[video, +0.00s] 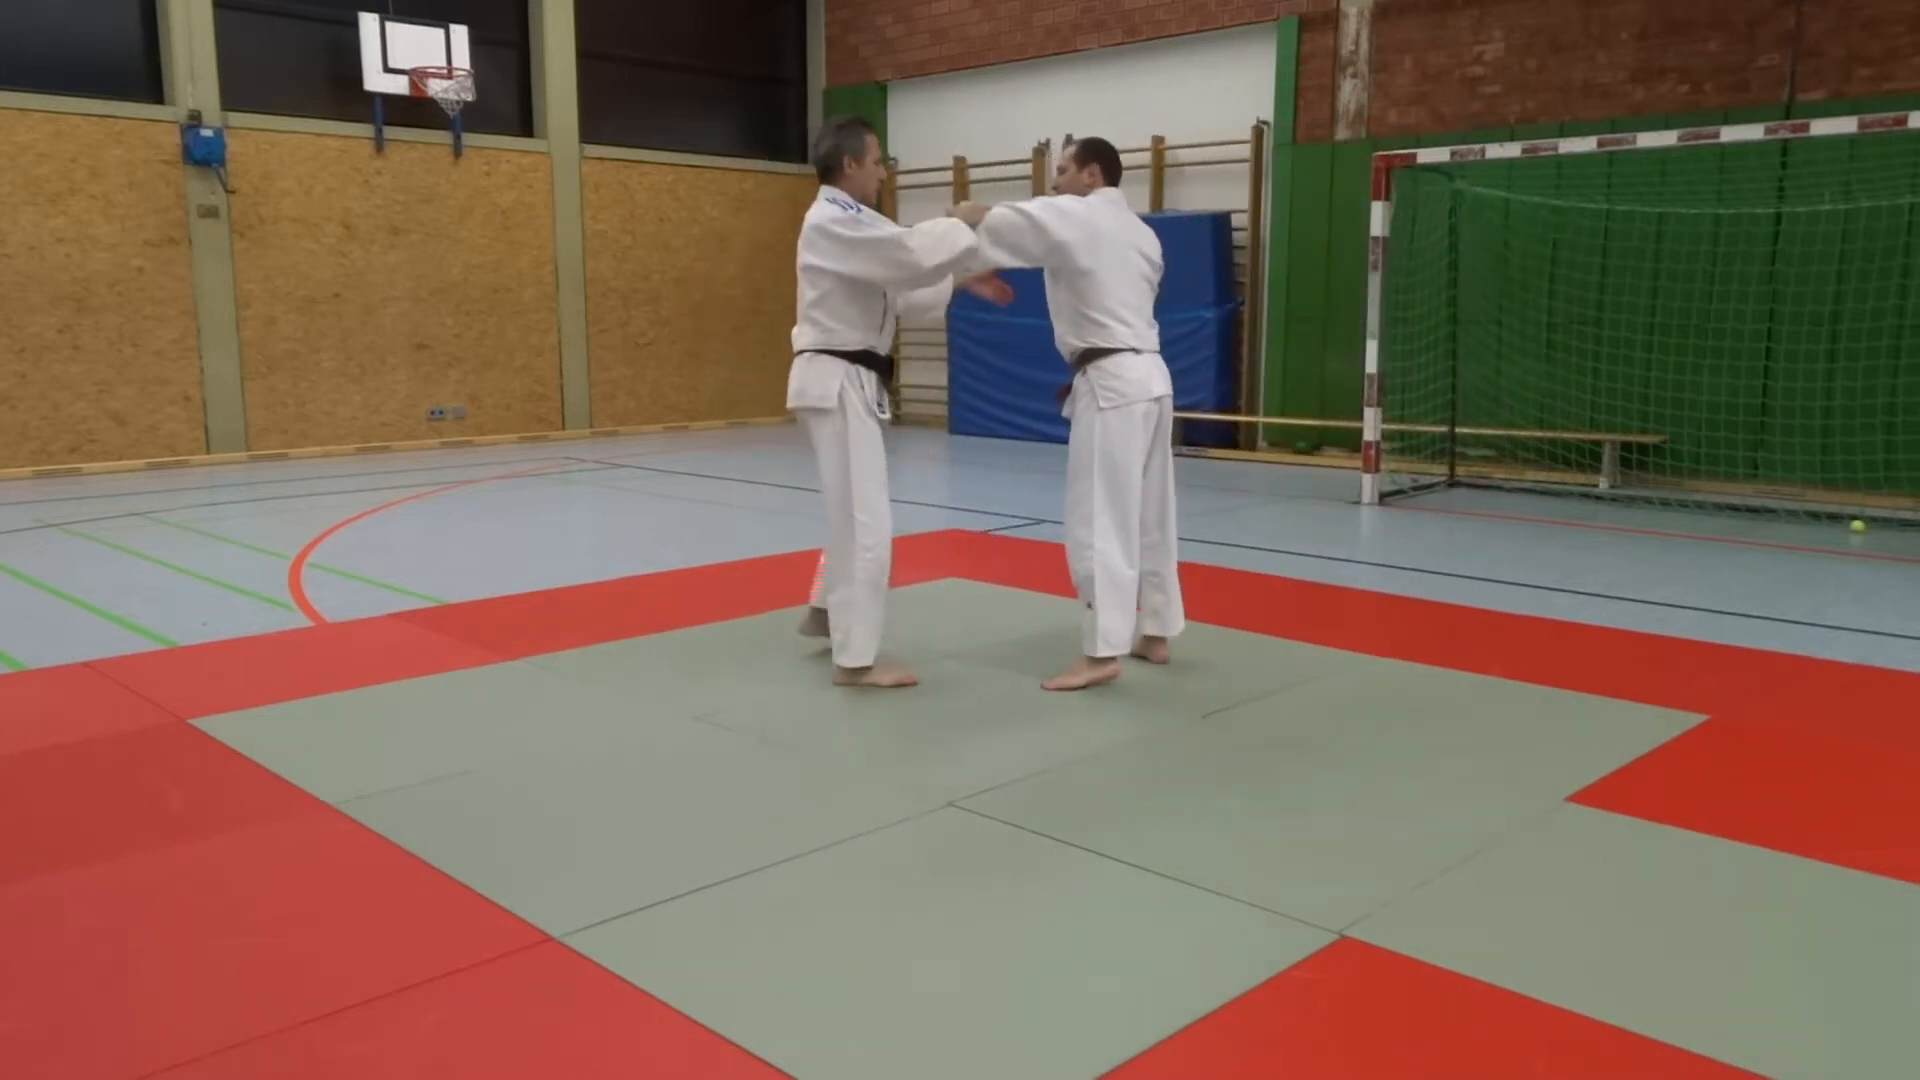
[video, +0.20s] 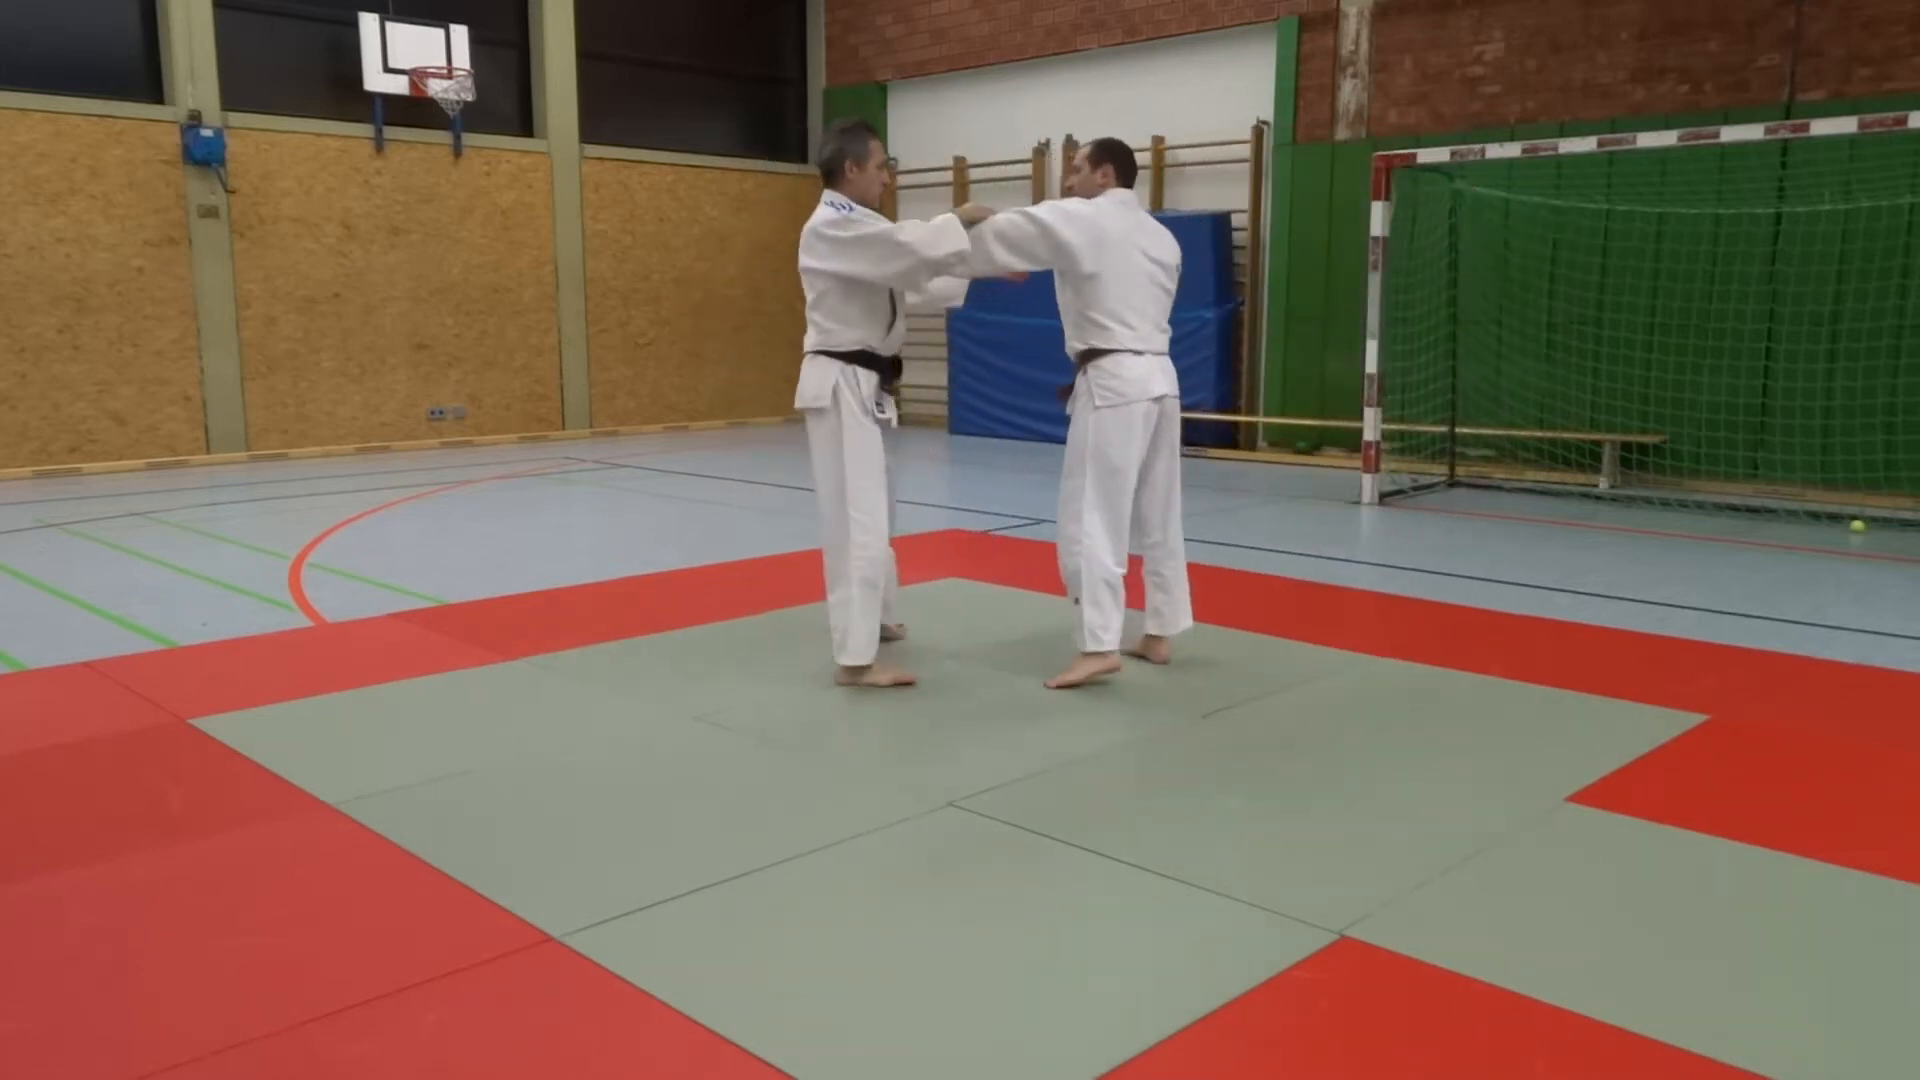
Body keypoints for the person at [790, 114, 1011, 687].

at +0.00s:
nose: (883, 173)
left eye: (881, 162)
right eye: (876, 162)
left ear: (845, 166)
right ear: (848, 164)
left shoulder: (843, 218)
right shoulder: (831, 218)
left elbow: (896, 296)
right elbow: (905, 252)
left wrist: (960, 279)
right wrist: (961, 223)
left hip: (841, 376)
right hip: (837, 380)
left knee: (852, 505)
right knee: (867, 519)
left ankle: (827, 608)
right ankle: (856, 661)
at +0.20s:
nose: (887, 178)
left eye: (886, 167)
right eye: (880, 167)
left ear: (848, 172)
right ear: (848, 170)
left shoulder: (856, 226)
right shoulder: (831, 224)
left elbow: (915, 281)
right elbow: (902, 245)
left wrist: (983, 269)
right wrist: (961, 217)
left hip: (860, 382)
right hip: (840, 382)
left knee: (867, 508)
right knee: (860, 517)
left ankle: (873, 616)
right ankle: (855, 659)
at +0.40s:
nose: (890, 180)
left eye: (888, 171)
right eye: (880, 171)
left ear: (856, 177)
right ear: (847, 175)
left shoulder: (863, 232)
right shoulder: (831, 226)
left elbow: (909, 300)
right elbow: (898, 240)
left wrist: (986, 306)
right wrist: (956, 223)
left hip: (866, 382)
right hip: (842, 382)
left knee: (866, 514)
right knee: (861, 517)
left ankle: (857, 622)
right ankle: (856, 654)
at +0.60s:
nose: (893, 179)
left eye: (892, 170)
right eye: (884, 170)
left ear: (859, 175)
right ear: (854, 174)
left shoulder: (865, 229)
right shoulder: (841, 216)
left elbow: (894, 319)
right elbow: (902, 225)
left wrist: (963, 345)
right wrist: (961, 220)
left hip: (863, 375)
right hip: (843, 374)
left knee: (864, 504)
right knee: (862, 506)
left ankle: (862, 621)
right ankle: (861, 642)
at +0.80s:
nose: (895, 183)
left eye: (894, 173)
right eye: (887, 173)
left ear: (858, 176)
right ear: (857, 175)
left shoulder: (852, 225)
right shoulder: (855, 213)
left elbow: (882, 319)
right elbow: (911, 221)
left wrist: (948, 348)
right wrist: (970, 219)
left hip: (847, 370)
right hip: (849, 370)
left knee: (855, 500)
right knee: (868, 501)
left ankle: (860, 618)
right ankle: (864, 635)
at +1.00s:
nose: (897, 182)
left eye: (896, 172)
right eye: (889, 172)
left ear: (862, 175)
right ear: (858, 174)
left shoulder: (861, 224)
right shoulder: (847, 215)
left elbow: (884, 308)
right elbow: (899, 236)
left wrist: (948, 328)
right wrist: (975, 217)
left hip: (851, 369)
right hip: (843, 369)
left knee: (852, 499)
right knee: (861, 502)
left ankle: (853, 619)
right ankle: (851, 634)